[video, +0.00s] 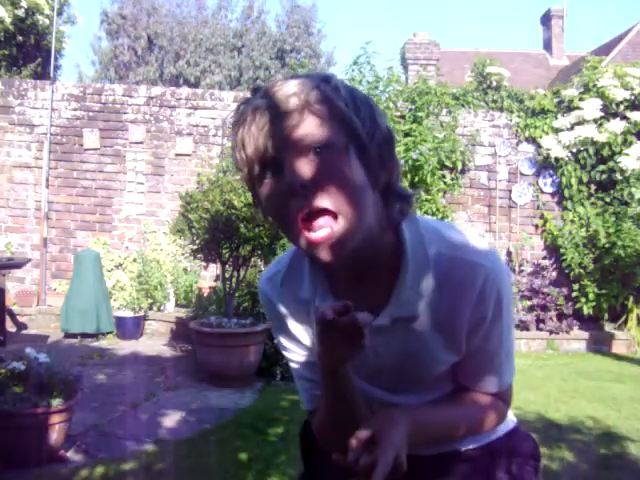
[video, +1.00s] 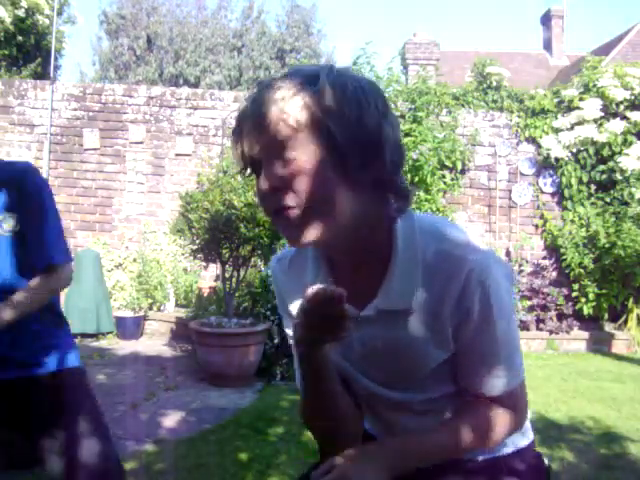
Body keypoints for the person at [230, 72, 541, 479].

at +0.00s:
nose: (300, 178)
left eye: (319, 150)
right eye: (271, 168)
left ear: (376, 161)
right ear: (259, 201)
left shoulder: (475, 274)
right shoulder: (282, 290)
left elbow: (489, 405)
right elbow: (335, 442)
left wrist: (406, 422)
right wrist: (333, 367)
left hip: (472, 455)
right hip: (357, 457)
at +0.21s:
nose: (300, 175)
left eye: (320, 147)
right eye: (272, 166)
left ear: (378, 159)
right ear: (262, 200)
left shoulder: (474, 273)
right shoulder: (282, 288)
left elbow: (489, 405)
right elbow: (336, 444)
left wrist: (406, 421)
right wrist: (332, 359)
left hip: (473, 455)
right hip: (360, 460)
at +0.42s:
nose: (297, 172)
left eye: (317, 144)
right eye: (273, 162)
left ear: (379, 159)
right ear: (264, 198)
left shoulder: (473, 273)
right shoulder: (282, 287)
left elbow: (486, 405)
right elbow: (336, 442)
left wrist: (404, 418)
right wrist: (333, 349)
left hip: (469, 455)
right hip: (357, 459)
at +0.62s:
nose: (297, 175)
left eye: (317, 146)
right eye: (273, 165)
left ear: (379, 161)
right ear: (264, 200)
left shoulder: (471, 275)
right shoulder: (282, 287)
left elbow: (485, 406)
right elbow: (336, 439)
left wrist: (400, 418)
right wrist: (333, 348)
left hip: (468, 455)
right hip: (355, 457)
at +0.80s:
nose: (297, 174)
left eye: (318, 145)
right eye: (273, 163)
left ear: (373, 158)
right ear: (263, 196)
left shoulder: (471, 273)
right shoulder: (282, 287)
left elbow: (485, 406)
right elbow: (338, 437)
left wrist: (398, 418)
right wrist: (330, 351)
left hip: (470, 455)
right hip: (357, 456)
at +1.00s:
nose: (264, 185)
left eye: (283, 157)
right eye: (256, 167)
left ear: (357, 154)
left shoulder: (467, 269)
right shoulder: (292, 273)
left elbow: (503, 410)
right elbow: (337, 447)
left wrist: (384, 459)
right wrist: (311, 353)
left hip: (483, 460)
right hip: (377, 458)